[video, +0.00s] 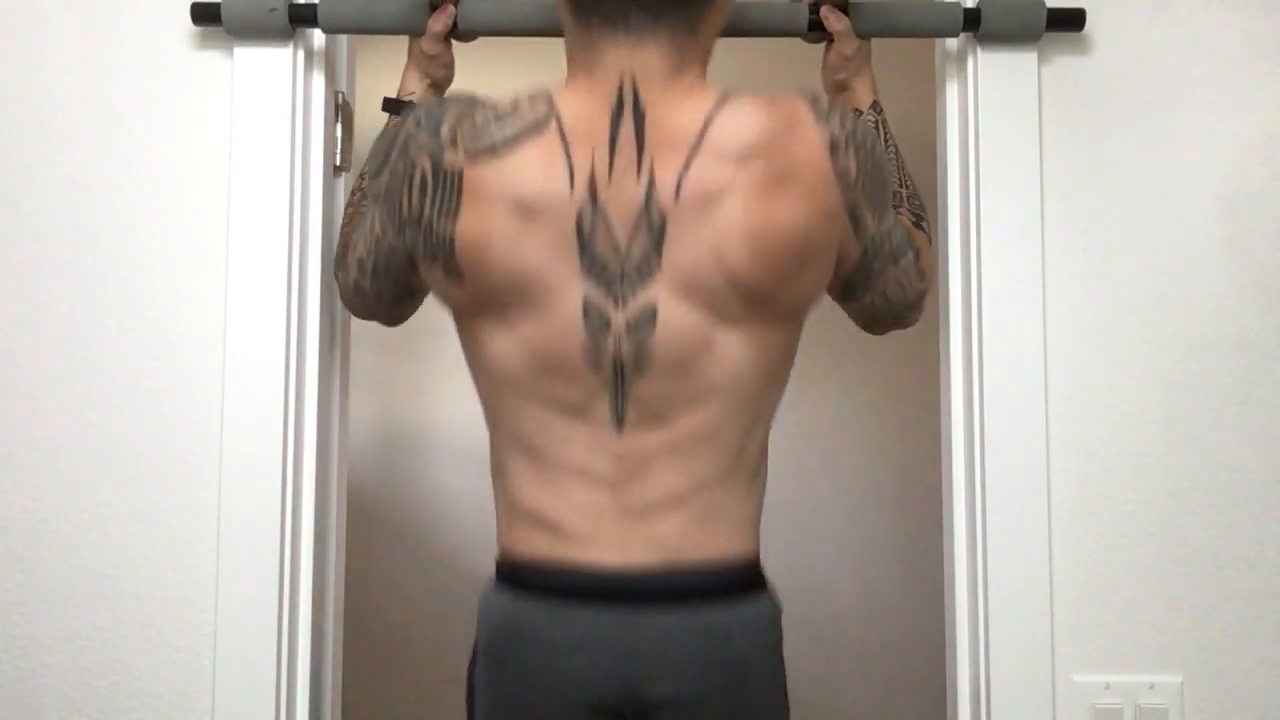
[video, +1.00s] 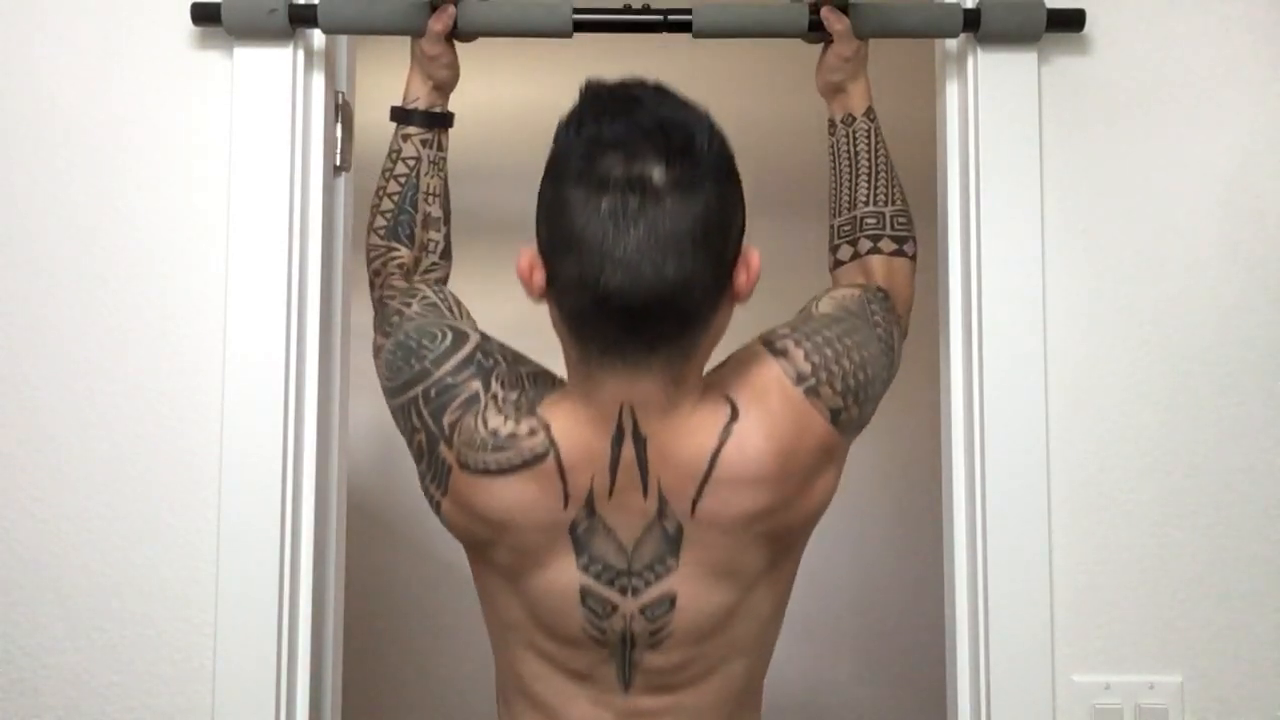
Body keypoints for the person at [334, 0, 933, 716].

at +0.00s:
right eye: (725, 15)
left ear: (567, 11)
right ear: (717, 16)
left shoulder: (461, 150)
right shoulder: (803, 146)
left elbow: (369, 289)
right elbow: (896, 298)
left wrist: (416, 94)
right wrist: (857, 102)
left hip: (535, 628)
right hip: (722, 633)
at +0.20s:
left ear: (568, 6)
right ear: (712, 10)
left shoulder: (463, 144)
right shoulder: (796, 141)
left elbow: (375, 290)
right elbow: (893, 298)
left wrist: (419, 98)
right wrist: (854, 100)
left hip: (539, 611)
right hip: (724, 614)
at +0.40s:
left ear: (539, 39)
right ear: (749, 38)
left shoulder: (466, 228)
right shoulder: (805, 226)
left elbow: (371, 278)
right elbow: (900, 289)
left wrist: (421, 92)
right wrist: (853, 95)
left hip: (538, 674)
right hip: (725, 675)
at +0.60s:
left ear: (542, 130)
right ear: (751, 131)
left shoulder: (474, 313)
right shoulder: (801, 312)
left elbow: (379, 263)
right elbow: (898, 263)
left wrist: (422, 92)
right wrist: (853, 94)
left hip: (534, 699)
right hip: (723, 698)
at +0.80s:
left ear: (539, 212)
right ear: (748, 215)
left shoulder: (481, 390)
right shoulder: (791, 380)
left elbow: (389, 262)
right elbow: (888, 263)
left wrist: (423, 90)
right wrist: (850, 95)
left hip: (535, 709)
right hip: (720, 709)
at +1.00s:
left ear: (534, 277)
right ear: (743, 279)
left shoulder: (491, 451)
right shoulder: (783, 435)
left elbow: (402, 275)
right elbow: (877, 275)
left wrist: (425, 92)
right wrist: (850, 96)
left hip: (533, 712)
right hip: (726, 712)